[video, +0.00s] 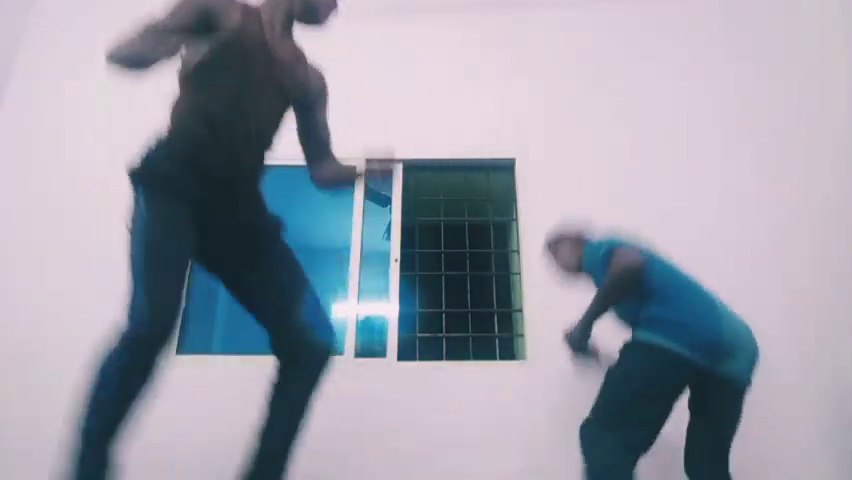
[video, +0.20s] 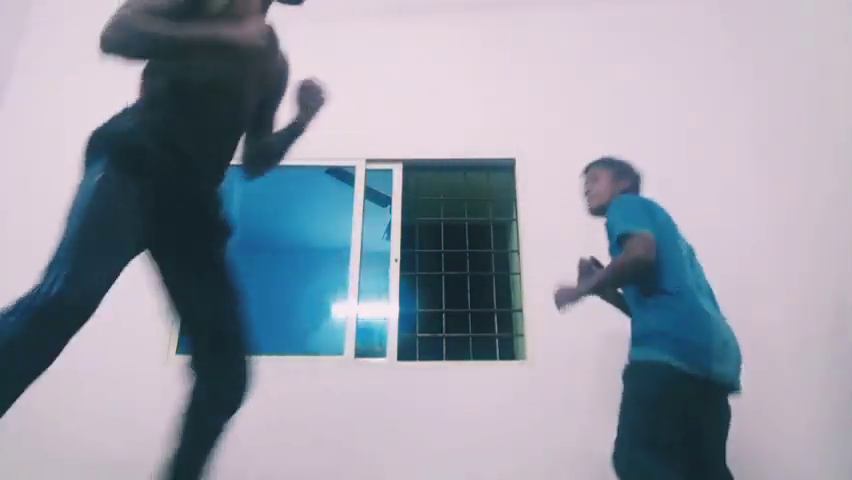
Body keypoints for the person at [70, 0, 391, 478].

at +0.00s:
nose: (334, 3)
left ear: (311, 3)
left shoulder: (304, 77)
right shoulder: (225, 15)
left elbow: (323, 170)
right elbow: (123, 54)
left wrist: (364, 172)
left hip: (235, 207)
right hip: (171, 190)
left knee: (310, 344)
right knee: (150, 326)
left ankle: (264, 473)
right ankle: (89, 466)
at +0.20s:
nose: (259, 7)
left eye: (262, 5)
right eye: (252, 2)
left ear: (268, 2)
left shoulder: (269, 60)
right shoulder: (190, 9)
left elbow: (255, 161)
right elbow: (116, 35)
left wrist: (300, 119)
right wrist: (223, 34)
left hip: (190, 200)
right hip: (130, 169)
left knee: (225, 371)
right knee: (61, 304)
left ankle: (182, 473)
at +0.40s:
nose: (290, 18)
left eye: (290, 7)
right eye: (283, 4)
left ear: (248, 11)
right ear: (247, 5)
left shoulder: (244, 119)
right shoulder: (156, 35)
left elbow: (203, 220)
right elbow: (48, 110)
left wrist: (239, 230)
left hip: (136, 264)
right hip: (68, 231)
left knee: (237, 409)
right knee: (62, 369)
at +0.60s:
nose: (309, 17)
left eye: (307, 6)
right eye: (299, 3)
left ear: (266, 11)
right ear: (262, 5)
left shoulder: (275, 108)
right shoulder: (189, 35)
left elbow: (226, 188)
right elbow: (67, 83)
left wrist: (230, 256)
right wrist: (103, 176)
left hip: (199, 263)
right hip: (129, 238)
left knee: (273, 424)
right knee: (72, 361)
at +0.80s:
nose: (317, 6)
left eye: (315, 2)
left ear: (290, 7)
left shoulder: (279, 76)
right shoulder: (212, 19)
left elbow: (234, 136)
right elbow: (83, 43)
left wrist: (246, 191)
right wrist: (127, 113)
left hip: (219, 230)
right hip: (159, 195)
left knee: (263, 394)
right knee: (70, 339)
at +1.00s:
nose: (295, 15)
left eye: (292, 5)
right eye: (284, 3)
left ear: (254, 12)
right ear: (249, 6)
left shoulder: (254, 104)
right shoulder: (184, 41)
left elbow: (197, 171)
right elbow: (60, 77)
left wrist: (221, 227)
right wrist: (117, 153)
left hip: (195, 263)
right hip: (132, 237)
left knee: (268, 427)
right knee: (43, 386)